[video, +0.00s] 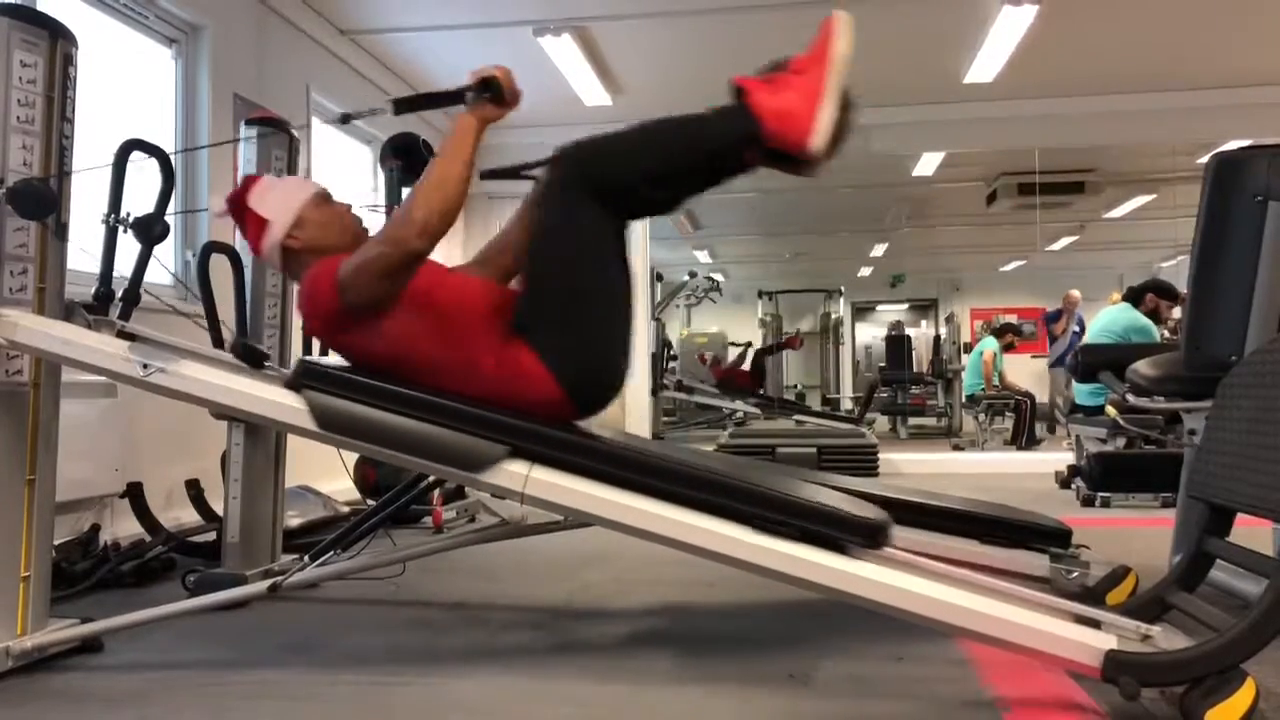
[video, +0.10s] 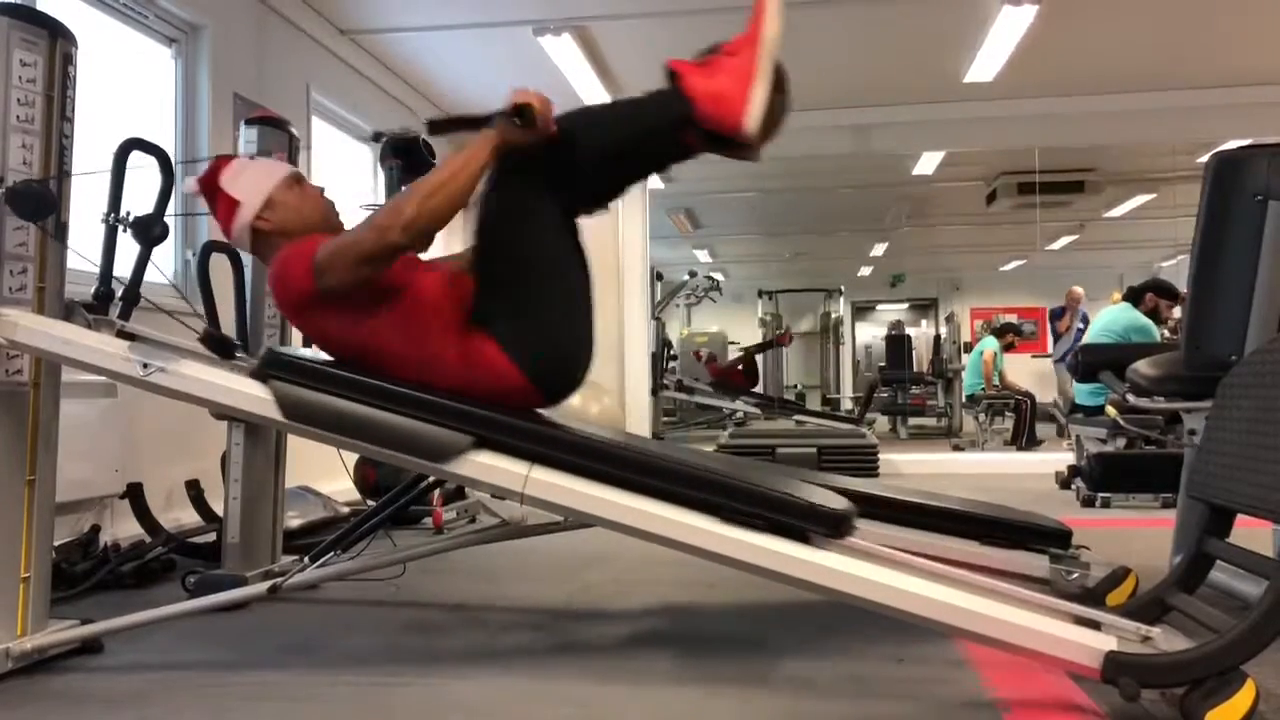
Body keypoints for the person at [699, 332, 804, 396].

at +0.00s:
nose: (720, 362)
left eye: (718, 361)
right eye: (717, 362)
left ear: (715, 366)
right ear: (715, 365)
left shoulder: (723, 374)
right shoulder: (721, 375)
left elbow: (737, 362)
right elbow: (738, 362)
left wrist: (745, 348)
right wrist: (746, 348)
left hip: (753, 382)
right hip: (754, 382)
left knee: (760, 354)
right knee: (759, 354)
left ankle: (789, 343)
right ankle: (789, 344)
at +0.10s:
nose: (715, 356)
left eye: (713, 354)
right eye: (712, 355)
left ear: (706, 361)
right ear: (710, 358)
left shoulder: (716, 369)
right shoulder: (715, 369)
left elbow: (733, 364)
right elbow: (733, 364)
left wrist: (745, 356)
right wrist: (745, 356)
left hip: (746, 380)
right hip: (748, 381)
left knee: (749, 352)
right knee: (749, 352)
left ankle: (778, 341)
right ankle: (778, 341)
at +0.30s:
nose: (709, 351)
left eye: (707, 350)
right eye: (707, 351)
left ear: (702, 357)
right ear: (705, 355)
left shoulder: (710, 366)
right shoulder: (712, 365)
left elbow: (732, 364)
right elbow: (733, 364)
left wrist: (755, 358)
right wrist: (753, 363)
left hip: (739, 380)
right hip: (742, 379)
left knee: (737, 349)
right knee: (737, 349)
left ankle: (763, 338)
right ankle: (765, 339)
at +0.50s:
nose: (709, 351)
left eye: (707, 349)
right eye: (707, 350)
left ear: (702, 357)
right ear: (705, 355)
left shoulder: (710, 365)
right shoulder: (711, 365)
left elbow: (733, 362)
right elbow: (733, 363)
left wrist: (754, 357)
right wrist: (753, 361)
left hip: (740, 379)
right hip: (743, 380)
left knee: (740, 349)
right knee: (740, 350)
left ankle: (767, 339)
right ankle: (768, 340)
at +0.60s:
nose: (713, 353)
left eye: (710, 352)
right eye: (710, 353)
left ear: (703, 360)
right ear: (708, 356)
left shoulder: (712, 368)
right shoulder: (713, 366)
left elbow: (732, 362)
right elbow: (733, 361)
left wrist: (745, 358)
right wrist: (746, 359)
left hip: (742, 381)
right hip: (745, 380)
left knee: (746, 351)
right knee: (747, 351)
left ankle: (773, 340)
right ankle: (774, 340)